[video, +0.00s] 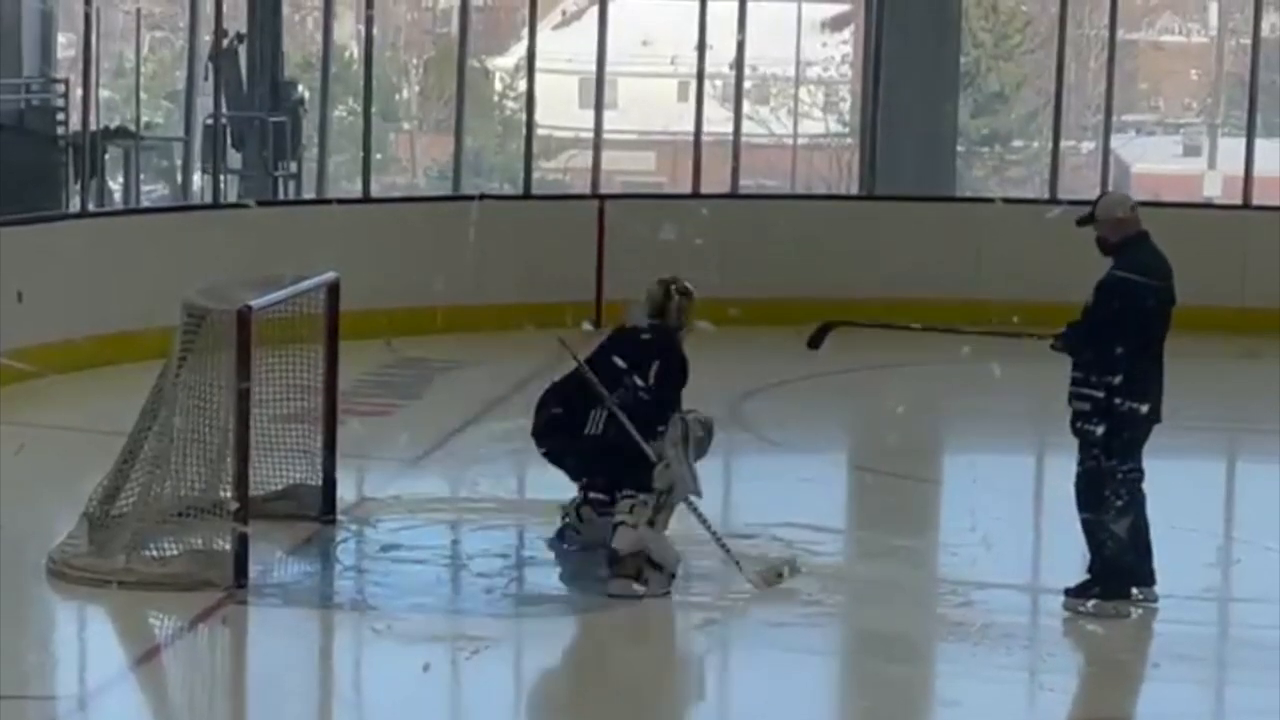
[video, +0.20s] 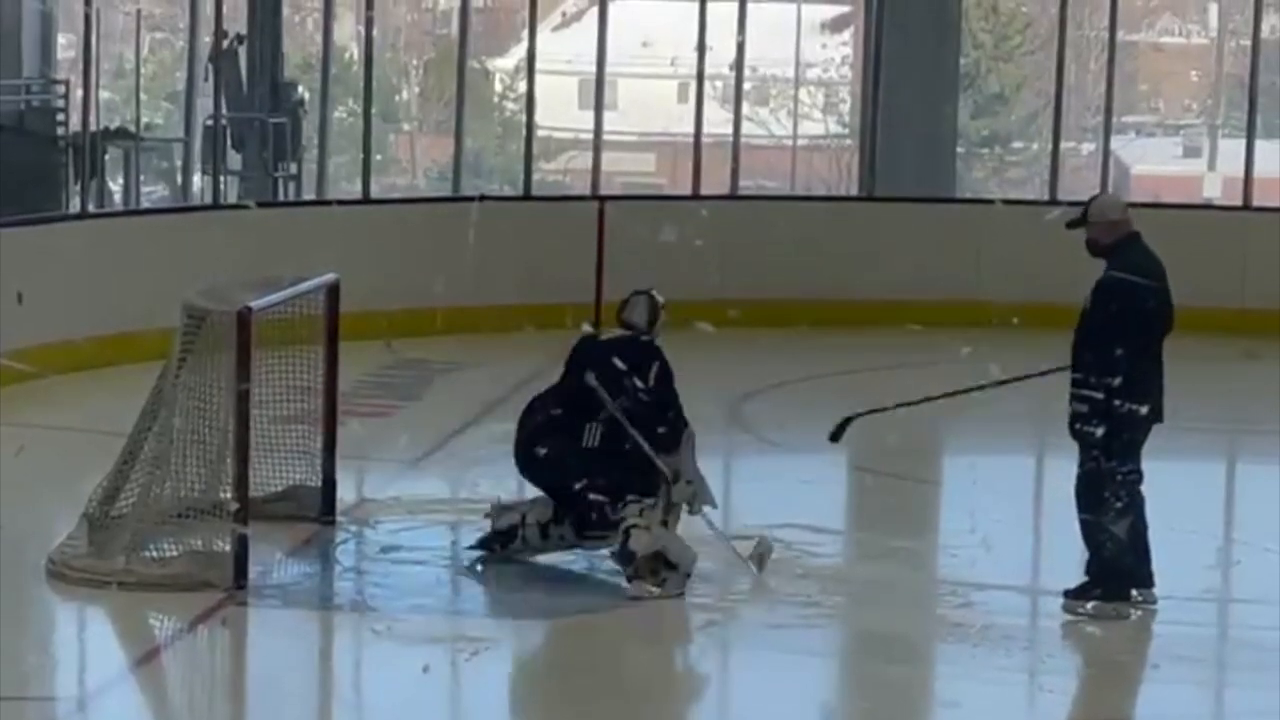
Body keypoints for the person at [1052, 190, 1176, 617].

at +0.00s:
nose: (1096, 236)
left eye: (1099, 228)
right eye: (1095, 228)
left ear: (1117, 226)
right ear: (1130, 223)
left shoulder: (1128, 272)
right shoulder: (1150, 265)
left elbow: (1103, 336)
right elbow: (1117, 328)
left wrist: (1069, 338)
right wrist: (1077, 334)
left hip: (1115, 404)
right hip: (1134, 401)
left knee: (1098, 489)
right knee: (1122, 487)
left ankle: (1111, 582)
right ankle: (1133, 575)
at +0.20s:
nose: (1085, 239)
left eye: (1089, 231)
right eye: (1085, 231)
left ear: (1107, 230)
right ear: (1118, 227)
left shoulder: (1121, 276)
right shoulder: (1143, 265)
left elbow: (1099, 352)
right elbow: (1141, 339)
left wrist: (1084, 411)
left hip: (1116, 406)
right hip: (1135, 401)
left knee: (1098, 493)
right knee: (1122, 489)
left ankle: (1108, 583)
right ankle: (1134, 577)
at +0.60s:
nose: (1055, 263)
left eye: (1059, 254)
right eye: (1053, 254)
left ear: (1079, 252)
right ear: (1080, 251)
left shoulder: (1114, 292)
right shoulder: (1088, 287)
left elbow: (1112, 366)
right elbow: (1074, 350)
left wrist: (1069, 396)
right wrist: (1054, 383)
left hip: (1110, 419)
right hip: (1089, 415)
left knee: (1079, 500)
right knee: (1109, 498)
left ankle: (1085, 591)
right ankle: (1133, 577)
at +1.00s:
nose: (1030, 262)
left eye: (1036, 256)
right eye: (1029, 255)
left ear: (1060, 254)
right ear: (1044, 254)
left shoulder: (1102, 298)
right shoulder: (1040, 287)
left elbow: (1105, 376)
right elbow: (1017, 345)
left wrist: (1090, 437)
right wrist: (983, 386)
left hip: (1077, 425)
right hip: (1038, 422)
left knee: (1056, 519)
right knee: (1054, 511)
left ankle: (1046, 615)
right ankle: (1075, 586)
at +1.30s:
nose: (1010, 264)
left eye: (1016, 256)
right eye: (1009, 256)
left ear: (1041, 256)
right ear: (1027, 255)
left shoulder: (1088, 305)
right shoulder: (1020, 293)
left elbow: (1093, 383)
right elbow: (987, 355)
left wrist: (1083, 441)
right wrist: (947, 395)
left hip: (1058, 440)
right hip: (1011, 435)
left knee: (1052, 535)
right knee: (1005, 527)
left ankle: (1045, 629)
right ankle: (1006, 601)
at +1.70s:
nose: (993, 275)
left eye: (999, 268)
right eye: (992, 268)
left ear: (1023, 266)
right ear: (1005, 267)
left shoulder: (1070, 315)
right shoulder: (1000, 306)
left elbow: (1071, 397)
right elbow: (975, 367)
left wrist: (1057, 463)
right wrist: (935, 410)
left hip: (1043, 462)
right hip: (994, 457)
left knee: (1043, 562)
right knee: (980, 554)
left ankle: (1044, 657)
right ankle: (967, 649)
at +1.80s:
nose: (985, 277)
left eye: (992, 270)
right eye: (985, 270)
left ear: (1018, 266)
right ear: (1000, 269)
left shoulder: (1065, 318)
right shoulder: (995, 311)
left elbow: (1067, 401)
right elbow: (974, 373)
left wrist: (1052, 466)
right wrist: (933, 416)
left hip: (1040, 467)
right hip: (989, 463)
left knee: (1039, 570)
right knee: (974, 560)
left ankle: (1042, 671)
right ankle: (958, 662)